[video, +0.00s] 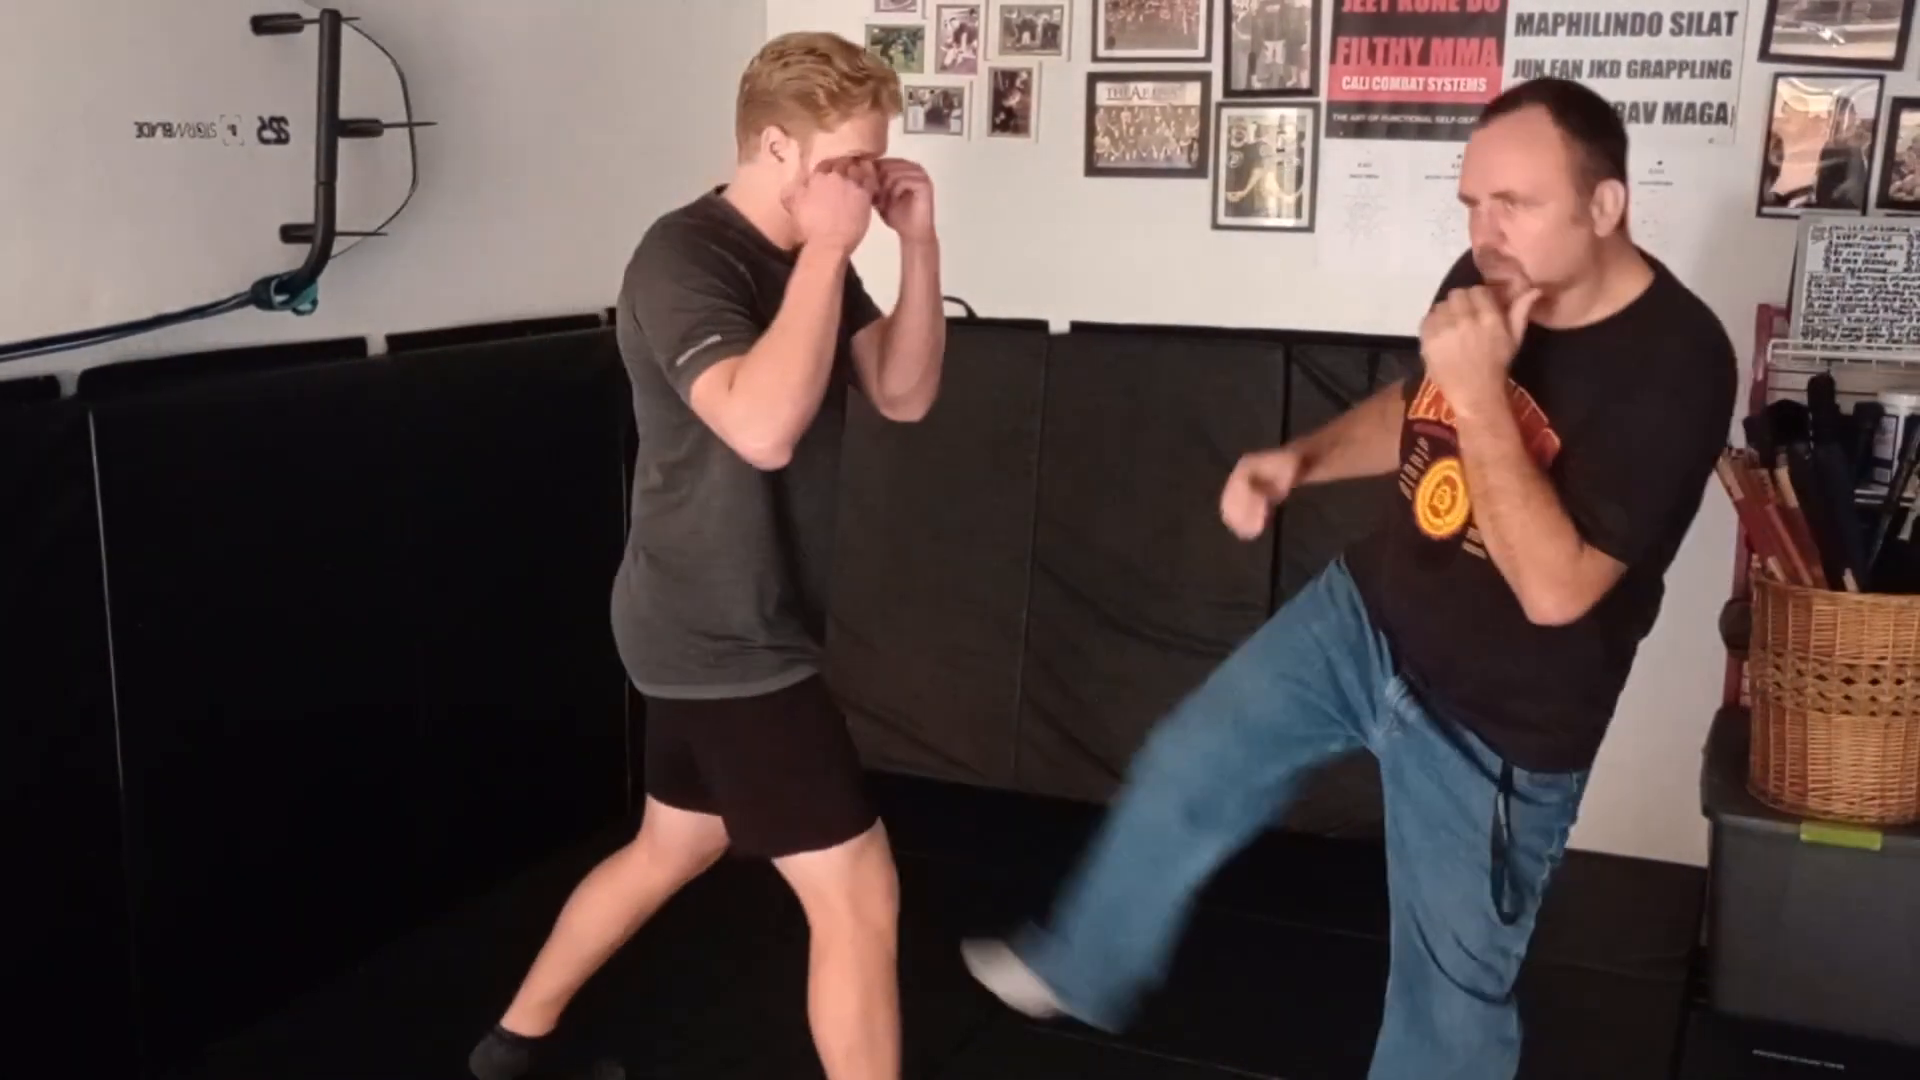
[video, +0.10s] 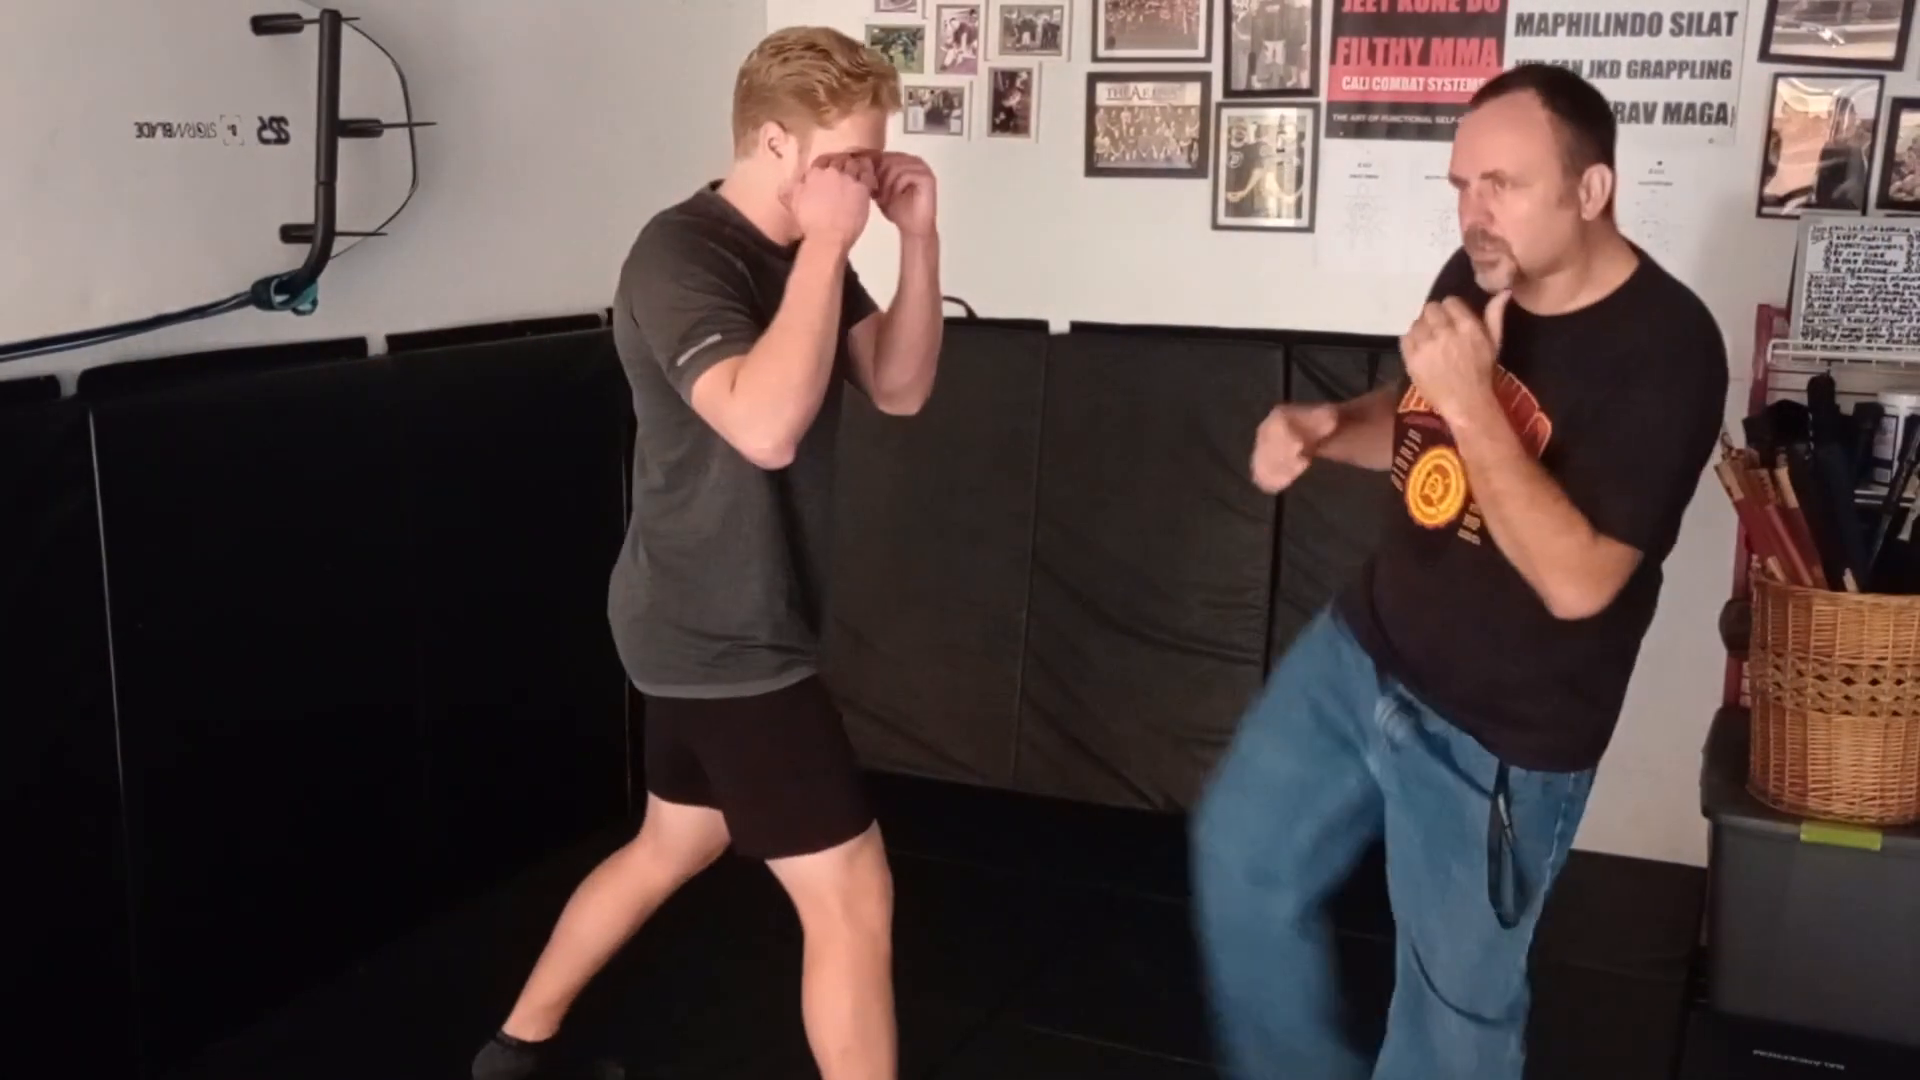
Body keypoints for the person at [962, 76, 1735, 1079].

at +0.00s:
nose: (1483, 235)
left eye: (1513, 205)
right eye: (1473, 205)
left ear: (1606, 206)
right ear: (1464, 199)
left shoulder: (1681, 364)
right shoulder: (1487, 288)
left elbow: (1561, 590)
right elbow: (1421, 410)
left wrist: (1476, 396)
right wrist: (1303, 459)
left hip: (1496, 743)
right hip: (1363, 618)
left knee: (1449, 1016)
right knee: (1186, 769)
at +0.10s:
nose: (1470, 213)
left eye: (1501, 184)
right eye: (1462, 183)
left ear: (1596, 189)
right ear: (1454, 183)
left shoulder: (1674, 352)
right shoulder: (1477, 276)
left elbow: (1581, 582)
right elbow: (1421, 424)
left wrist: (1471, 409)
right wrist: (1323, 429)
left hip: (1499, 754)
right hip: (1359, 658)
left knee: (1451, 1030)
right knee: (1241, 857)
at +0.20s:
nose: (1465, 197)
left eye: (1495, 170)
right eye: (1456, 166)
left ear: (1584, 180)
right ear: (1447, 165)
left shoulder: (1667, 339)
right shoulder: (1452, 280)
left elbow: (1629, 576)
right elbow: (1412, 451)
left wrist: (1471, 426)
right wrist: (1340, 432)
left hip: (1524, 760)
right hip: (1379, 706)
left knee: (1465, 1042)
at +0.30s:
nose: (1444, 193)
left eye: (1477, 167)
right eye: (1437, 165)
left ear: (1560, 181)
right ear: (1428, 167)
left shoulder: (1644, 333)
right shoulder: (1422, 293)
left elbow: (1664, 560)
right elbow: (1390, 469)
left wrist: (1473, 468)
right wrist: (1330, 462)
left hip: (1547, 748)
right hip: (1426, 718)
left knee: (1480, 1037)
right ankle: (1576, 1065)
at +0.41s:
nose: (1410, 190)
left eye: (1439, 165)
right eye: (1406, 164)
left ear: (1525, 177)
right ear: (1403, 165)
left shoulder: (1620, 303)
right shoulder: (1416, 296)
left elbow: (1656, 523)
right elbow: (1376, 486)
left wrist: (1462, 429)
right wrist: (1337, 443)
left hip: (1571, 733)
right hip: (1445, 710)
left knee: (1519, 1023)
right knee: (1470, 987)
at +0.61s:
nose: (1389, 212)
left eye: (1410, 186)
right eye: (1389, 185)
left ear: (1494, 192)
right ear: (1483, 193)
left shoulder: (1583, 313)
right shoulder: (1464, 305)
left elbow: (1516, 524)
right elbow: (1441, 491)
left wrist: (1369, 397)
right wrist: (1346, 436)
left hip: (1571, 736)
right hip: (1436, 700)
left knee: (1598, 1015)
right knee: (1354, 926)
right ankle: (1341, 1073)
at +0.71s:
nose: (1370, 219)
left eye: (1390, 194)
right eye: (1370, 193)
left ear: (1474, 199)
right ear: (1462, 202)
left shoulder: (1554, 313)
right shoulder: (1458, 309)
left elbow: (1465, 514)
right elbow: (1450, 471)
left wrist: (1342, 384)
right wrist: (1345, 440)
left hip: (1548, 728)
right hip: (1430, 704)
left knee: (1574, 1012)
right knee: (1346, 963)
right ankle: (1280, 1073)